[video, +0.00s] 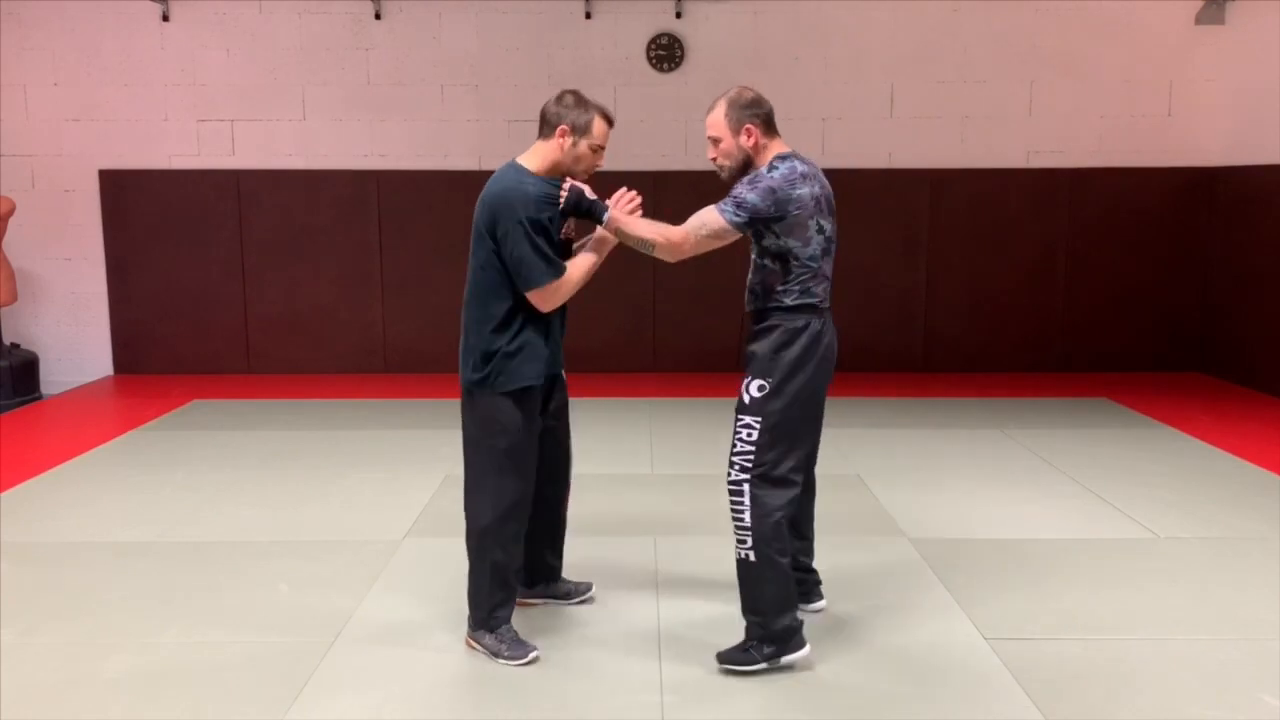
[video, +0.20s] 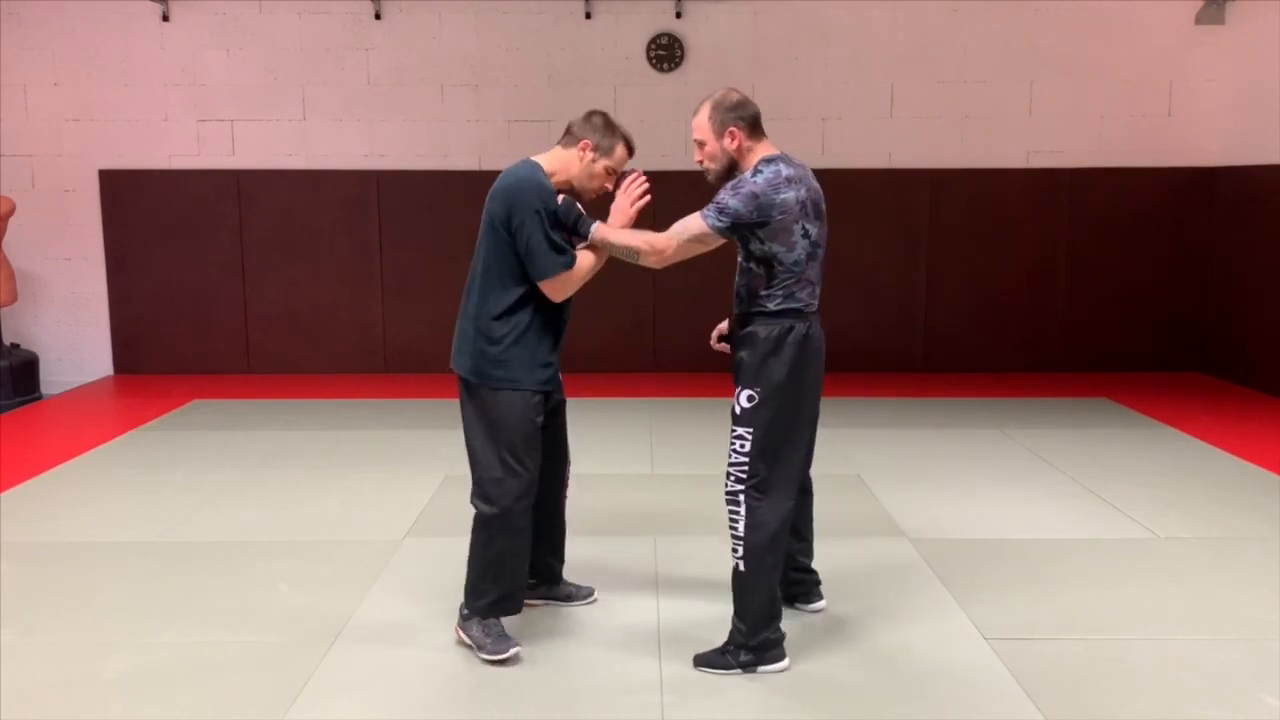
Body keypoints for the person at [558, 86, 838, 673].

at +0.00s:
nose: (710, 153)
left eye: (716, 141)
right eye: (709, 141)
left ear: (751, 134)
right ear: (758, 135)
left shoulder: (776, 186)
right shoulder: (804, 177)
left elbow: (676, 244)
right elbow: (693, 240)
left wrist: (597, 209)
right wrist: (611, 220)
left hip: (786, 340)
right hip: (805, 336)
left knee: (752, 478)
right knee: (790, 470)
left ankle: (773, 633)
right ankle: (799, 584)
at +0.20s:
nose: (698, 156)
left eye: (702, 144)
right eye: (696, 145)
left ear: (735, 138)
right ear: (745, 137)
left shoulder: (756, 190)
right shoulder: (798, 178)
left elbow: (663, 248)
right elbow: (790, 272)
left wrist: (588, 230)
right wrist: (746, 320)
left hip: (772, 344)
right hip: (798, 340)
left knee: (751, 488)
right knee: (786, 470)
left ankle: (755, 641)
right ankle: (798, 580)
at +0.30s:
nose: (691, 159)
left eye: (694, 147)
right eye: (689, 148)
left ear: (725, 138)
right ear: (736, 137)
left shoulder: (747, 190)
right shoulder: (794, 175)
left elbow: (655, 248)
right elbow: (789, 274)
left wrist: (582, 230)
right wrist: (744, 321)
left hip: (768, 344)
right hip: (800, 339)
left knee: (751, 489)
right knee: (790, 472)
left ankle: (757, 641)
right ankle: (798, 577)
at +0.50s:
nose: (690, 157)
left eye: (693, 145)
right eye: (687, 146)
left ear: (725, 136)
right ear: (737, 134)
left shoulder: (751, 189)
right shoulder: (790, 178)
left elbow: (653, 248)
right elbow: (681, 245)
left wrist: (570, 226)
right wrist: (594, 237)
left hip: (763, 346)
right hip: (794, 342)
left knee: (747, 490)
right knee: (787, 475)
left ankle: (756, 640)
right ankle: (803, 582)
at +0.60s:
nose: (690, 157)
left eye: (694, 144)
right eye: (687, 145)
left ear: (727, 135)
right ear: (735, 133)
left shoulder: (755, 187)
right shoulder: (785, 177)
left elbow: (656, 244)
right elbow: (674, 236)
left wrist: (566, 224)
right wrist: (595, 236)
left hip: (763, 345)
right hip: (791, 341)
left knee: (747, 489)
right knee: (787, 474)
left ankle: (755, 640)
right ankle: (803, 582)